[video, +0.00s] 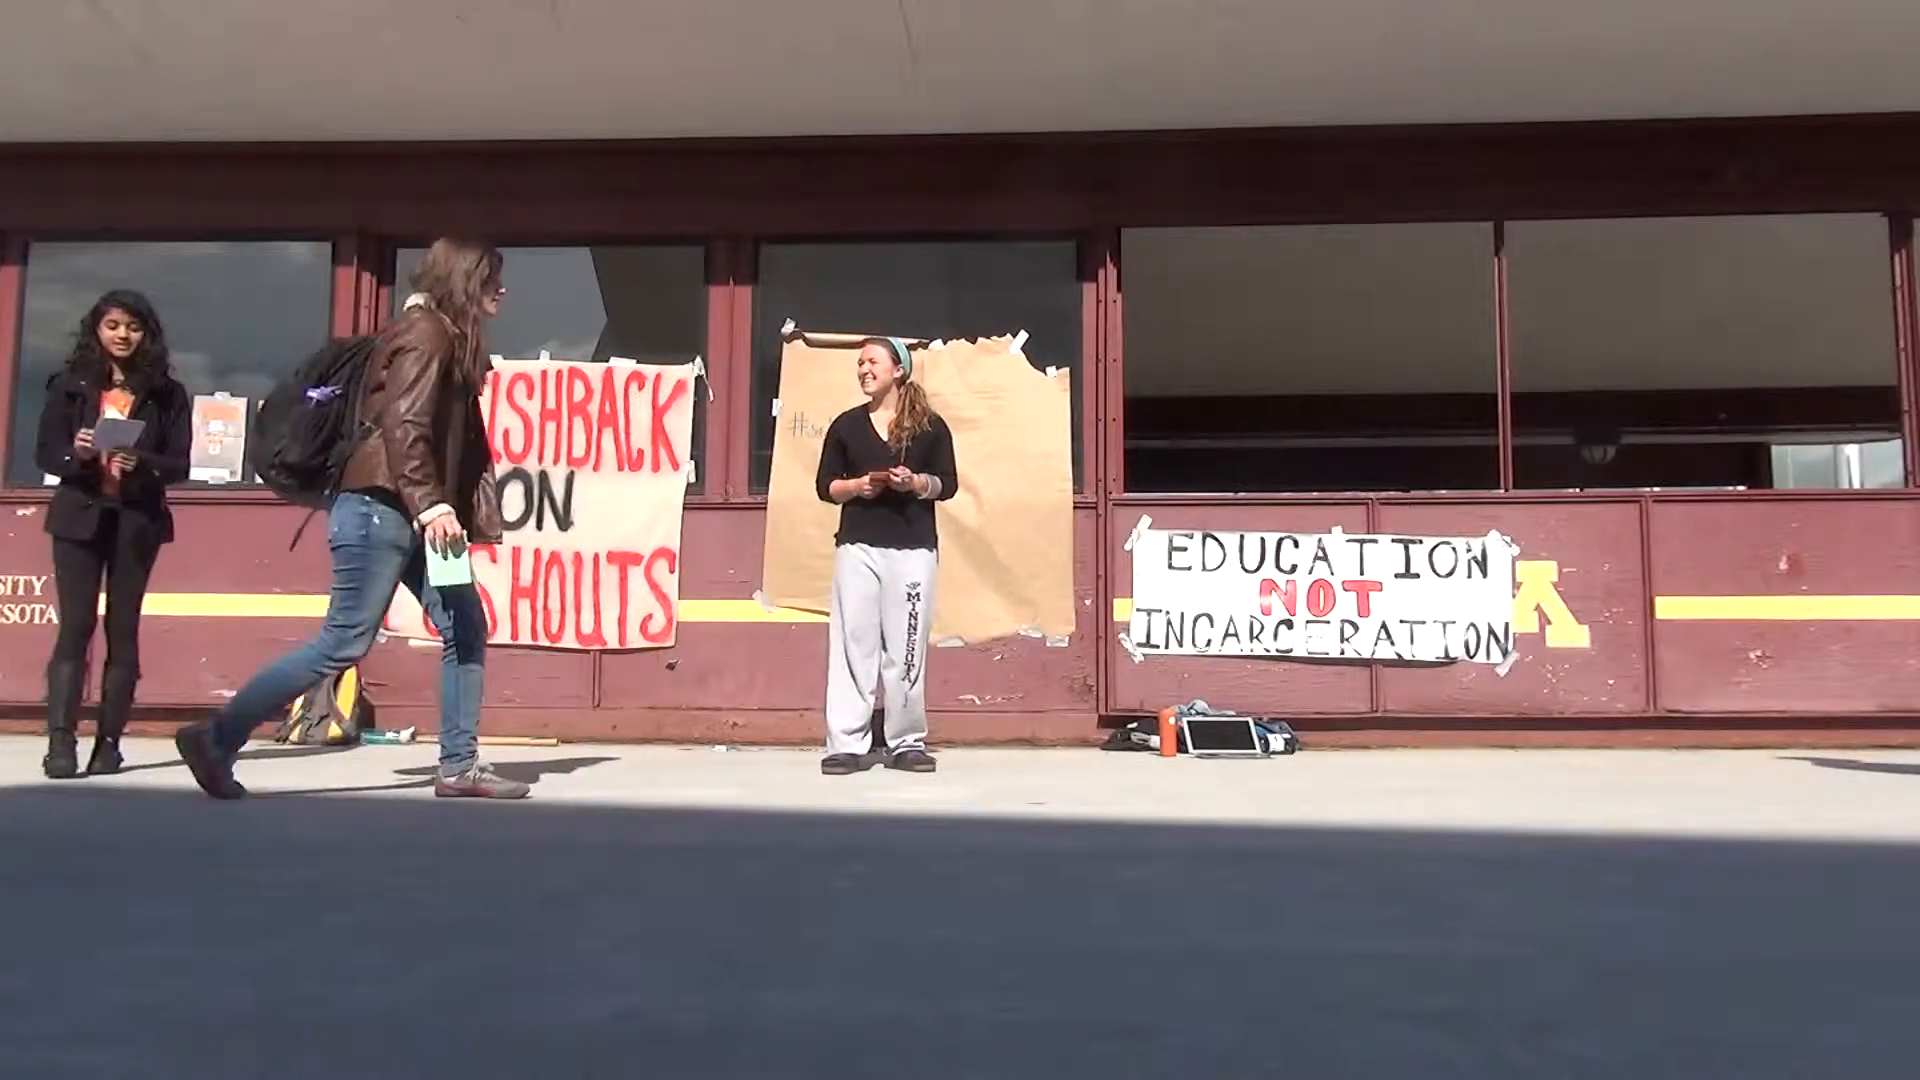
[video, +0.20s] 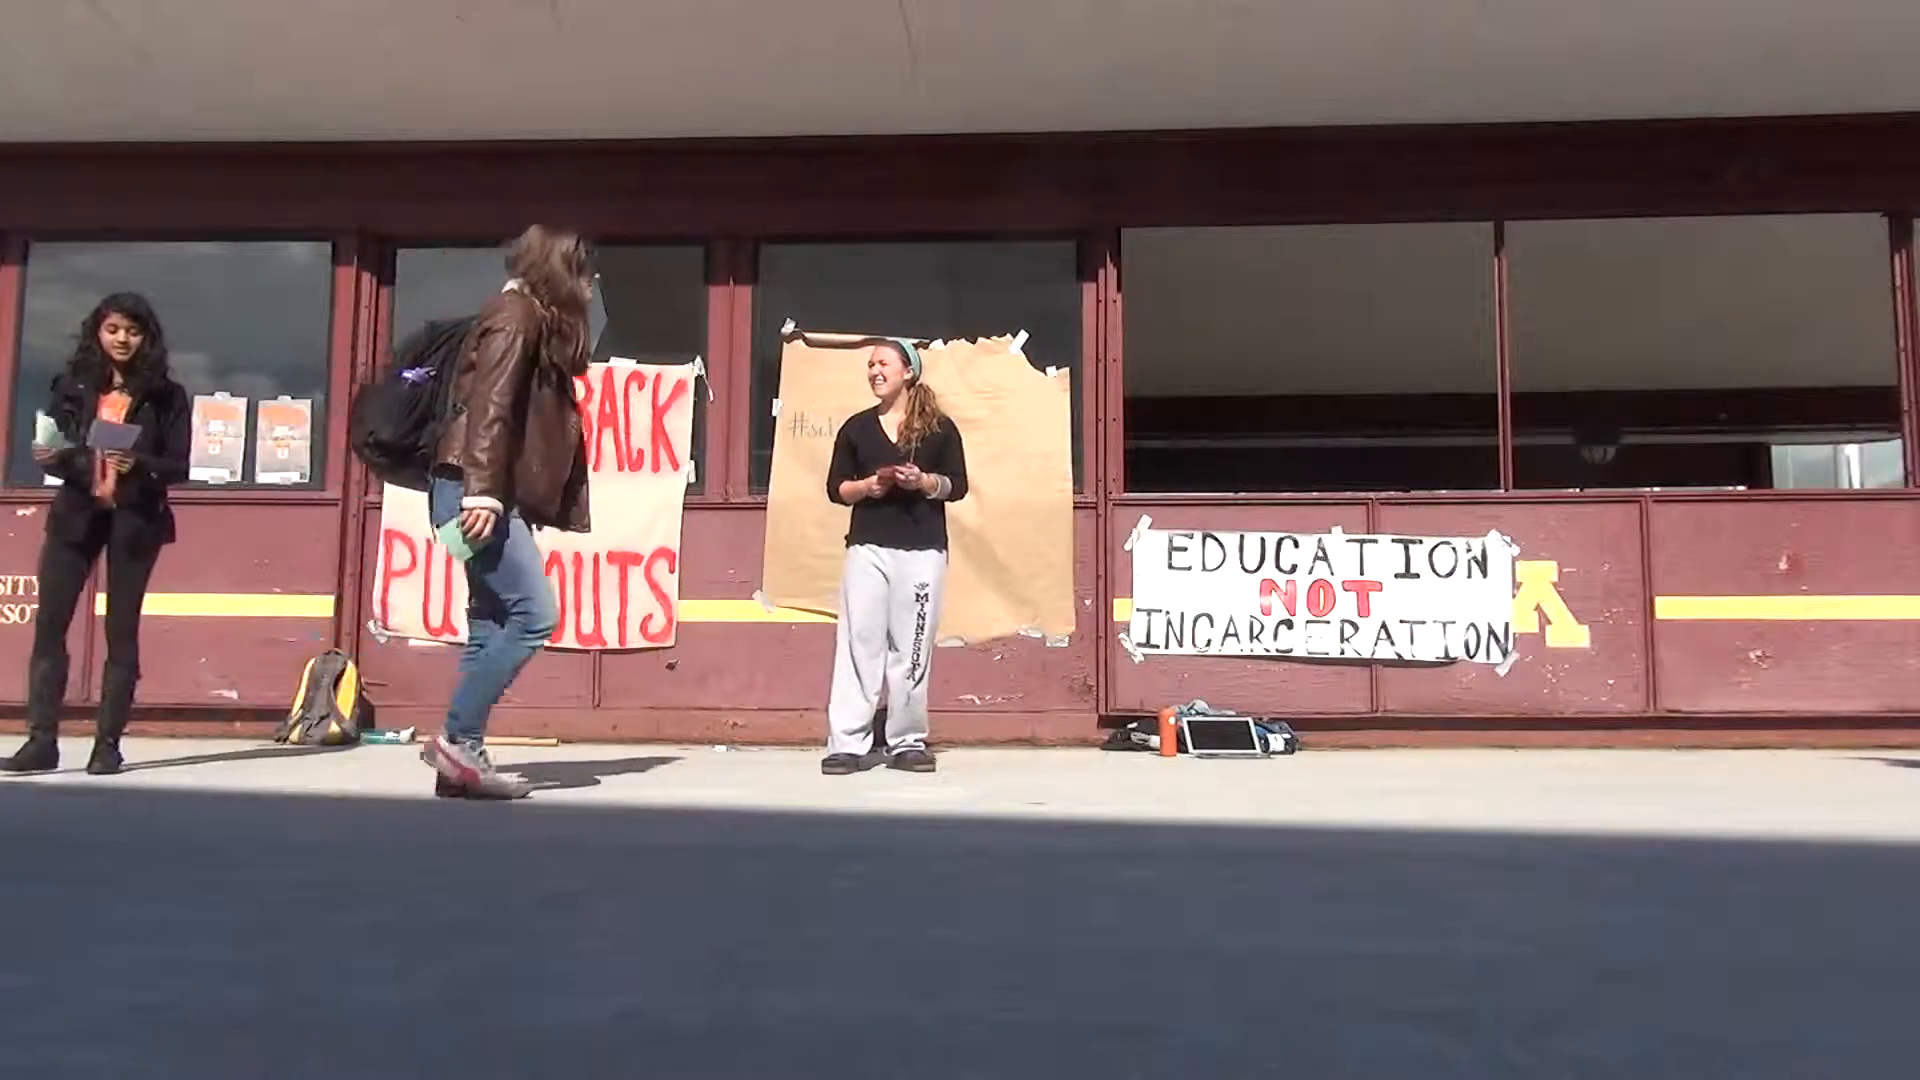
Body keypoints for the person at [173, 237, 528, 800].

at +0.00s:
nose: (501, 291)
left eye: (500, 281)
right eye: (494, 280)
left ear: (453, 277)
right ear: (466, 281)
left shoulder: (447, 337)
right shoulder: (424, 333)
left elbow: (446, 437)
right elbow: (406, 427)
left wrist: (462, 506)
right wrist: (429, 503)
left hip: (413, 513)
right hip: (375, 505)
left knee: (467, 625)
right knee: (342, 644)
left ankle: (458, 769)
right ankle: (214, 742)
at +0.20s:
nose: (587, 279)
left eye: (586, 268)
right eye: (582, 267)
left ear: (535, 261)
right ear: (562, 266)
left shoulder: (538, 317)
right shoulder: (518, 311)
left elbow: (509, 411)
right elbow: (491, 403)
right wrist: (483, 489)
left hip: (486, 491)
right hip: (478, 491)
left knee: (489, 628)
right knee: (534, 616)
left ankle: (462, 760)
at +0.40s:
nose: (686, 309)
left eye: (686, 298)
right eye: (680, 297)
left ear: (635, 289)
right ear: (653, 293)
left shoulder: (620, 337)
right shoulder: (613, 334)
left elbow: (607, 429)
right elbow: (584, 426)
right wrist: (591, 513)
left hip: (560, 511)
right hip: (571, 511)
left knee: (527, 643)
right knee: (646, 633)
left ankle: (463, 762)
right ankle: (711, 760)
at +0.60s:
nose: (784, 294)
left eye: (782, 282)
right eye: (780, 283)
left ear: (730, 279)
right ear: (762, 283)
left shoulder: (710, 332)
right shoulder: (726, 338)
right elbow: (708, 434)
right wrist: (726, 518)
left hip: (665, 505)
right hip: (689, 508)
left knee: (671, 647)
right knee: (748, 625)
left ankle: (551, 723)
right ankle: (741, 770)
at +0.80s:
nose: (878, 279)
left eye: (875, 268)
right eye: (875, 268)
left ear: (826, 263)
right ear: (860, 269)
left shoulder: (815, 320)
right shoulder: (820, 321)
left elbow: (835, 420)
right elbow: (824, 420)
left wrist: (866, 488)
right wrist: (862, 502)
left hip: (783, 497)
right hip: (774, 494)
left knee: (837, 619)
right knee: (769, 630)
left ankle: (789, 753)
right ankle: (740, 769)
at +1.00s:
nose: (979, 312)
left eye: (978, 300)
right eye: (976, 300)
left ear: (927, 294)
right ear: (961, 300)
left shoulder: (912, 342)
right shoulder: (922, 346)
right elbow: (928, 442)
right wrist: (978, 516)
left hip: (886, 519)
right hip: (868, 512)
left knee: (949, 638)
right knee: (823, 641)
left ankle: (1003, 762)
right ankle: (746, 761)